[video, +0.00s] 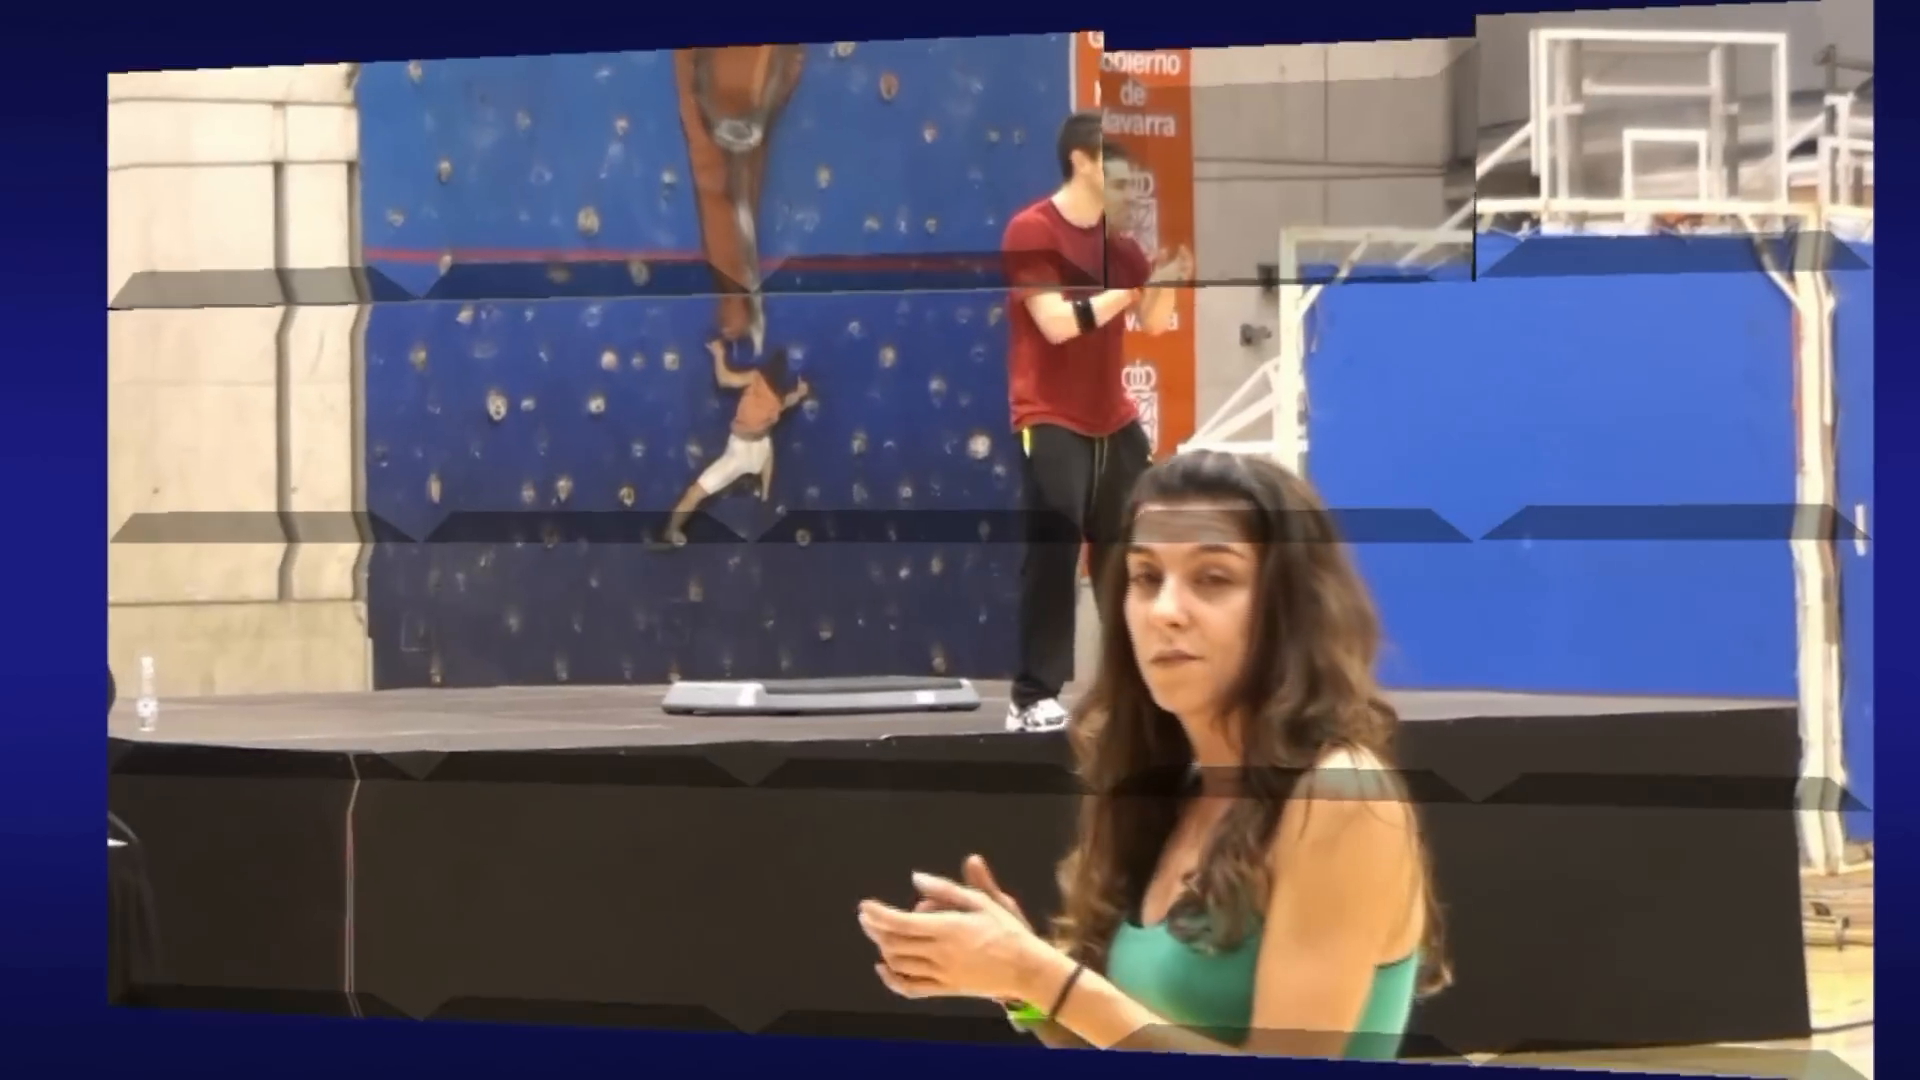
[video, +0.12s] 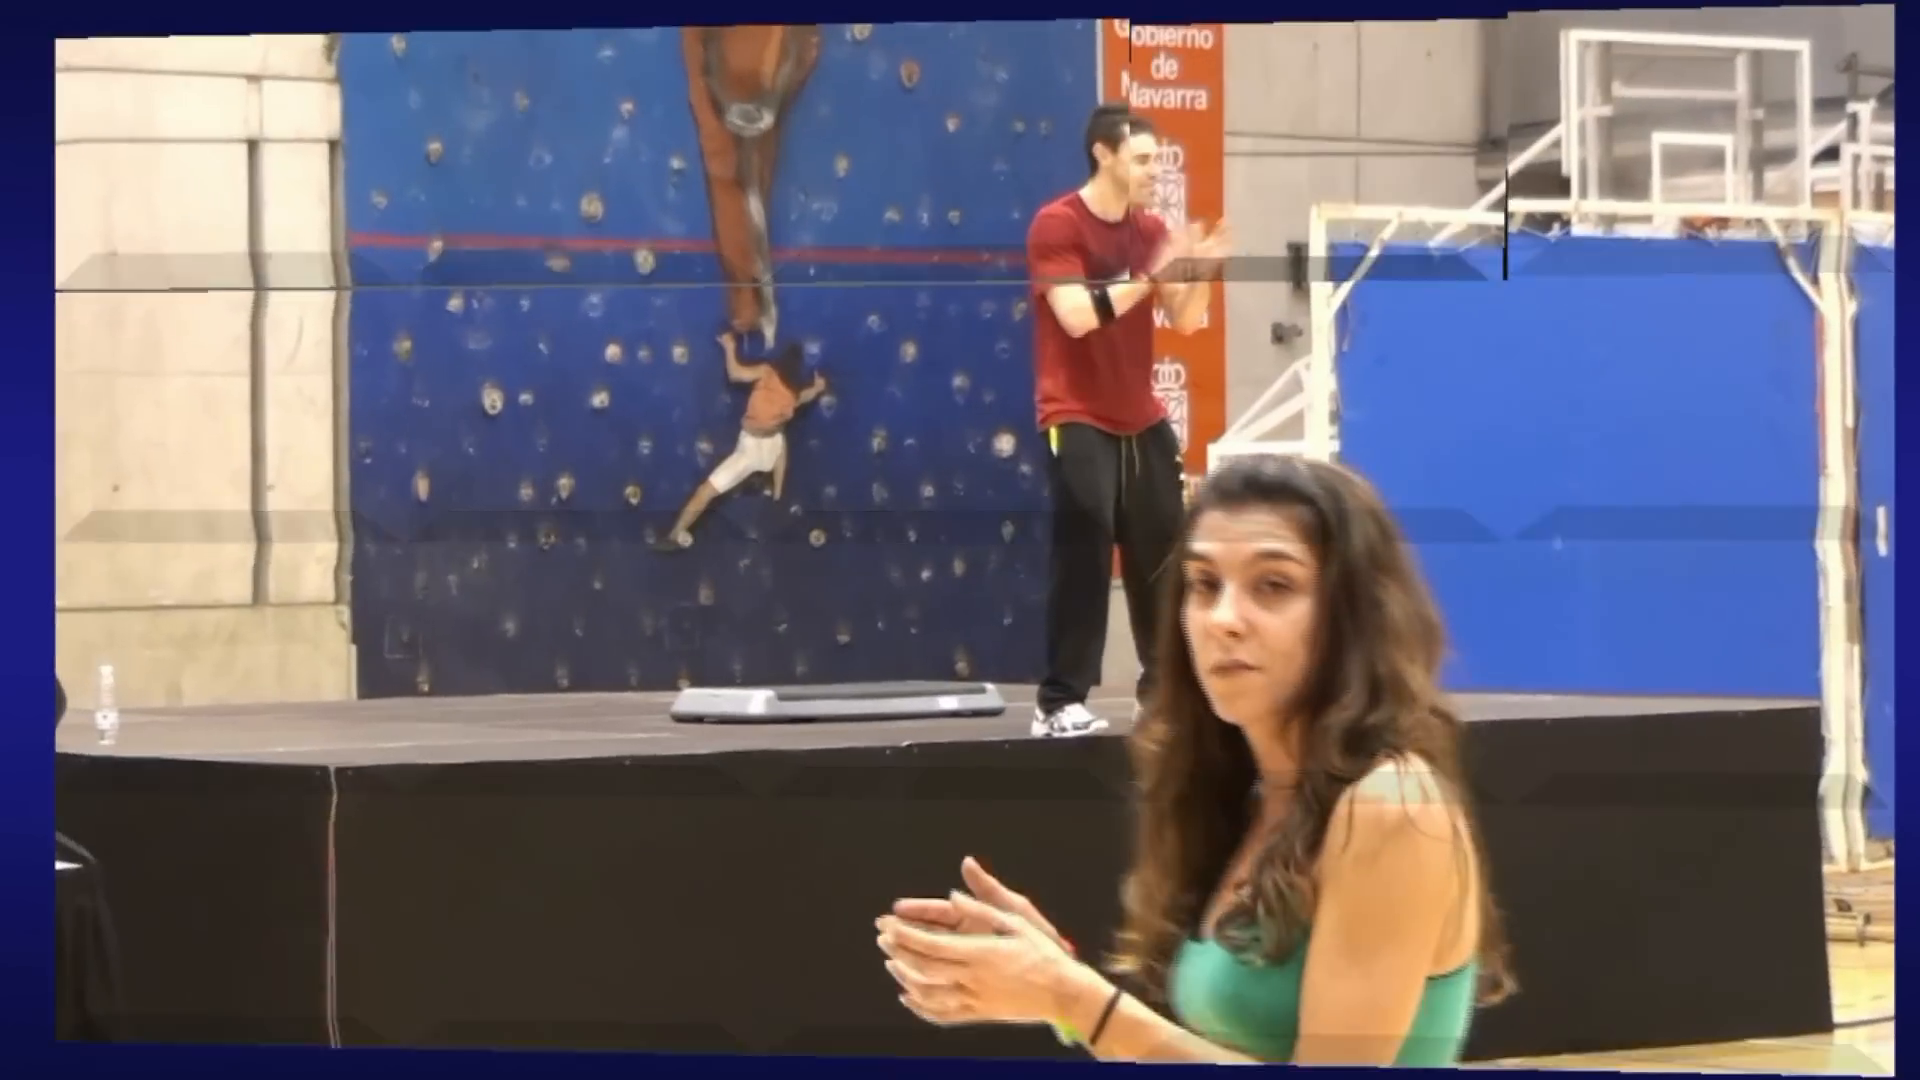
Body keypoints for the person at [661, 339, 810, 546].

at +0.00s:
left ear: (769, 366)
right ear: (784, 372)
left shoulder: (756, 377)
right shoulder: (780, 397)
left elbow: (724, 379)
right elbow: (789, 401)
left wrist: (718, 355)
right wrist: (801, 392)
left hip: (740, 451)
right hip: (760, 449)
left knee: (700, 488)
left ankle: (673, 528)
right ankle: (765, 494)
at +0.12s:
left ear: (781, 360)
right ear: (798, 368)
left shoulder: (766, 372)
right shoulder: (794, 394)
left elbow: (735, 374)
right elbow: (805, 396)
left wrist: (729, 348)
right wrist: (818, 388)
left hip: (749, 449)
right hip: (772, 448)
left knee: (708, 489)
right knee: (781, 444)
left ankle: (678, 533)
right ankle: (777, 493)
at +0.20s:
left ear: (788, 356)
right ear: (807, 364)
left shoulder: (773, 368)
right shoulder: (802, 392)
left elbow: (741, 370)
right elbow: (815, 392)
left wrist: (735, 344)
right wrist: (827, 385)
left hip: (756, 448)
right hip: (779, 447)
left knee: (713, 488)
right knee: (788, 440)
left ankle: (681, 533)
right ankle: (784, 491)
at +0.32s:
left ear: (788, 350)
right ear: (808, 359)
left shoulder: (772, 362)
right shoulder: (803, 386)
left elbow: (740, 363)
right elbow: (817, 386)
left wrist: (735, 336)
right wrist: (829, 378)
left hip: (755, 442)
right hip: (779, 441)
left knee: (713, 483)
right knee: (788, 434)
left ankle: (677, 530)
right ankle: (784, 487)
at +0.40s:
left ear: (788, 350)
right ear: (808, 359)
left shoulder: (772, 362)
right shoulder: (803, 386)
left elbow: (740, 364)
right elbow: (817, 386)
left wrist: (734, 337)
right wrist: (829, 379)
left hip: (754, 443)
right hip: (779, 442)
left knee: (714, 483)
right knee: (788, 434)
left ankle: (678, 530)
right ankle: (784, 488)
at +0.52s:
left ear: (788, 350)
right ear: (808, 359)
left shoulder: (772, 362)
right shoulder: (802, 387)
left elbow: (740, 364)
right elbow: (816, 387)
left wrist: (734, 337)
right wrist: (828, 379)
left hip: (754, 443)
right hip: (779, 441)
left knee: (714, 483)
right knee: (788, 435)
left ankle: (678, 531)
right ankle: (784, 488)